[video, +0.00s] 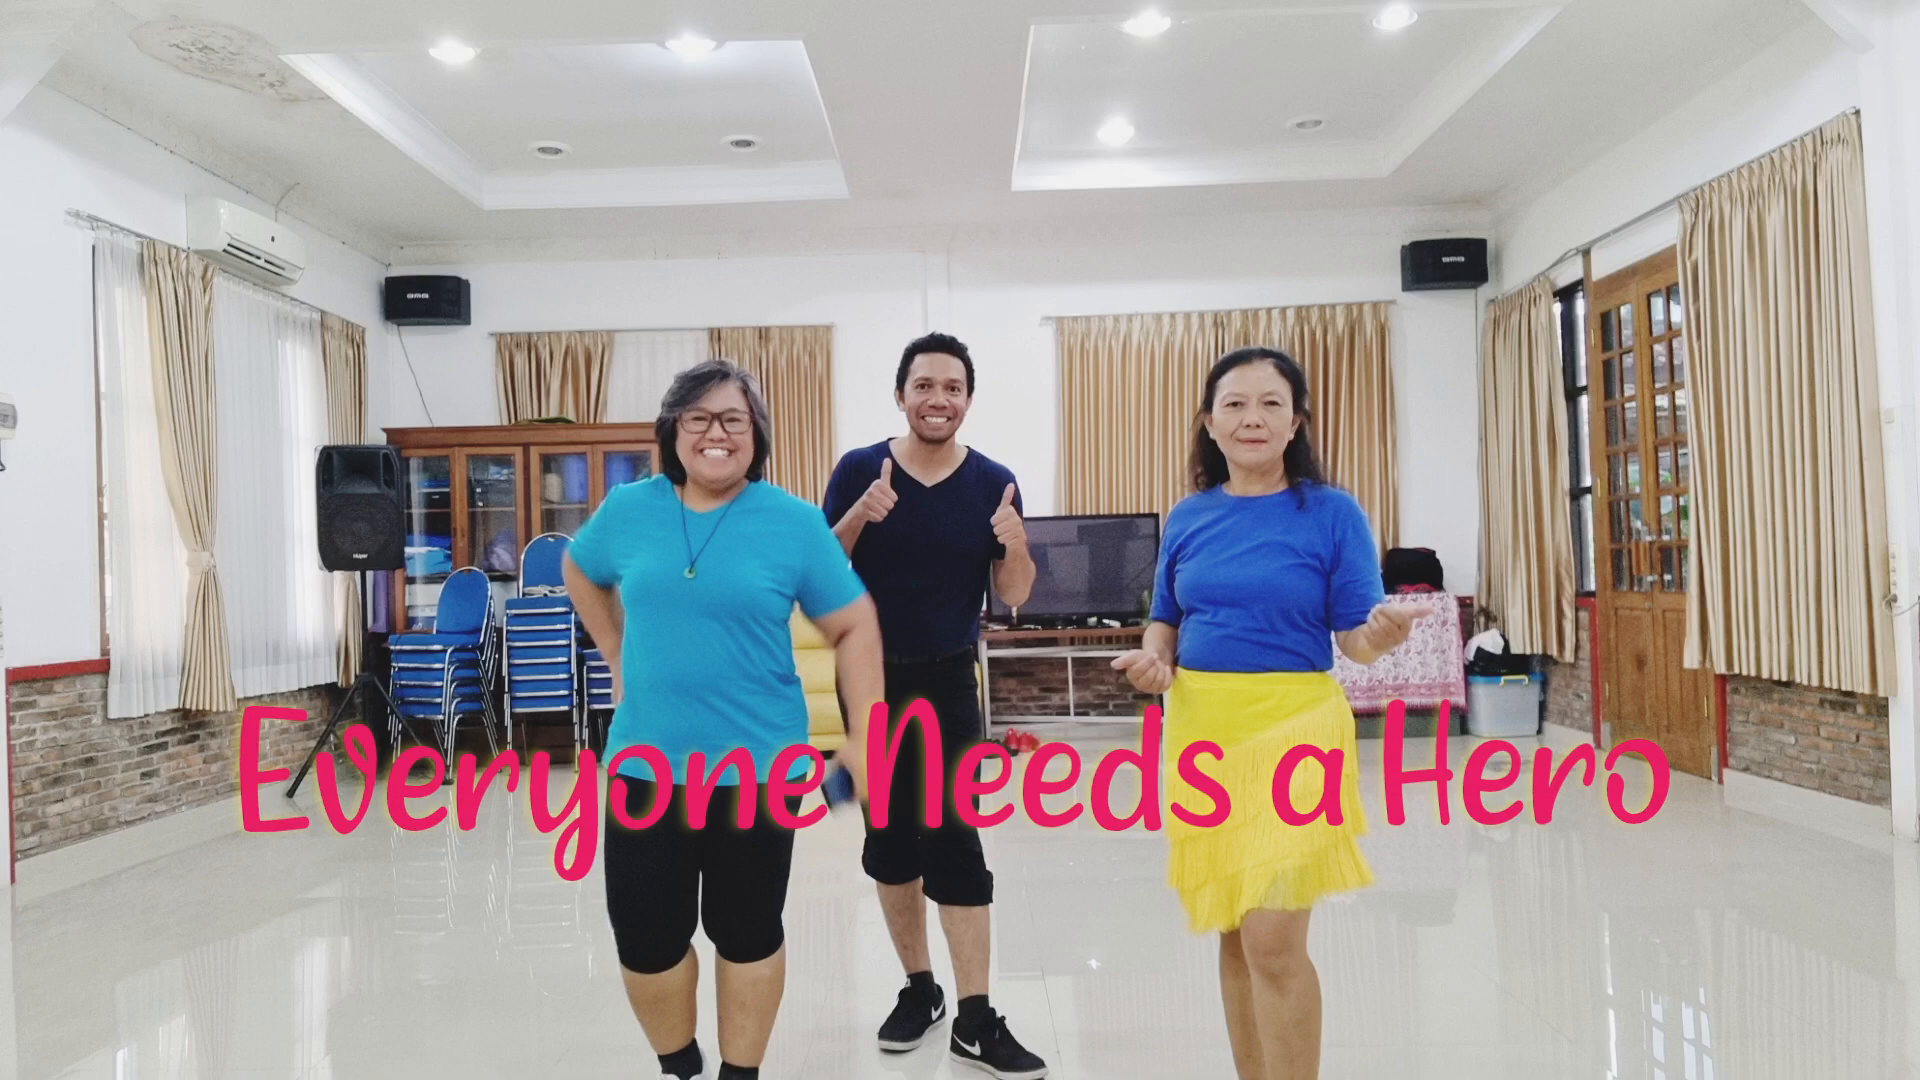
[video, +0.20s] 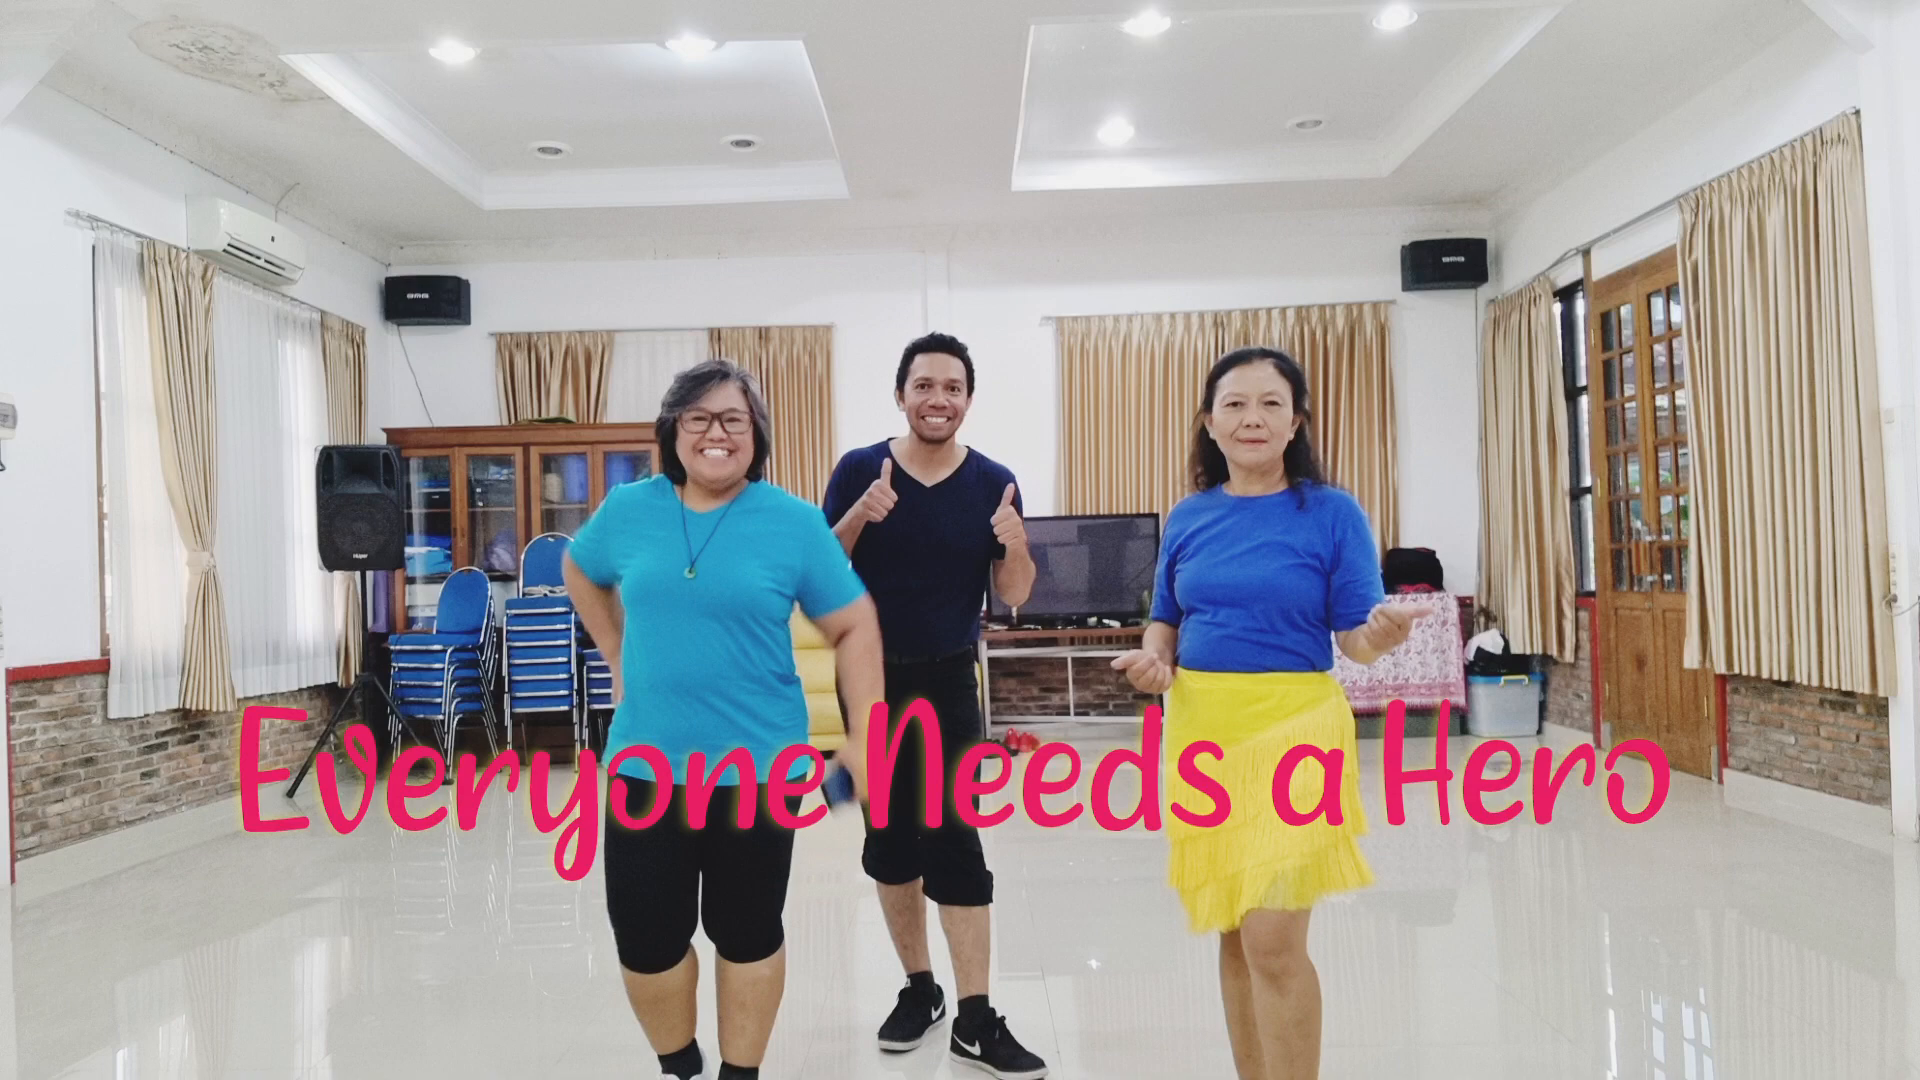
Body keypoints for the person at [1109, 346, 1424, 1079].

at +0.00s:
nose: (1252, 418)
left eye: (1270, 404)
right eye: (1234, 404)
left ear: (1295, 421)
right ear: (1210, 421)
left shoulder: (1333, 512)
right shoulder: (1186, 517)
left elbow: (1356, 643)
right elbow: (1163, 628)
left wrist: (1380, 635)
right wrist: (1151, 660)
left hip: (1297, 723)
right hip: (1204, 724)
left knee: (1272, 941)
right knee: (1237, 941)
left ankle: (1296, 1077)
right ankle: (1254, 1078)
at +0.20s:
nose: (1252, 418)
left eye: (1270, 404)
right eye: (1234, 404)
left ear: (1295, 421)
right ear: (1210, 421)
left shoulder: (1333, 512)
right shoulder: (1186, 517)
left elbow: (1356, 643)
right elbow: (1163, 628)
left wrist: (1380, 635)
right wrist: (1151, 660)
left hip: (1297, 723)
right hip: (1204, 724)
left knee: (1272, 941)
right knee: (1237, 941)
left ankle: (1296, 1077)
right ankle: (1254, 1078)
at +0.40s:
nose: (1252, 418)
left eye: (1270, 404)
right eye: (1234, 404)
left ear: (1295, 421)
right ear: (1210, 421)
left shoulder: (1333, 512)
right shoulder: (1186, 517)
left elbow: (1356, 643)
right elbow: (1163, 628)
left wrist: (1380, 635)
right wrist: (1151, 660)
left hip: (1297, 723)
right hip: (1204, 724)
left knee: (1272, 941)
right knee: (1237, 941)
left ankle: (1296, 1077)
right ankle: (1254, 1078)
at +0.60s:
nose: (1252, 418)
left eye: (1270, 404)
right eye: (1234, 404)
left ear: (1295, 421)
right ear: (1210, 421)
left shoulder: (1333, 512)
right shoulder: (1186, 517)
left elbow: (1356, 643)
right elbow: (1163, 628)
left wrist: (1380, 635)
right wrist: (1151, 660)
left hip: (1297, 723)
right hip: (1204, 724)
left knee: (1272, 941)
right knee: (1237, 941)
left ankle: (1296, 1077)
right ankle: (1254, 1078)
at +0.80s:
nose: (1252, 418)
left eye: (1270, 404)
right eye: (1234, 404)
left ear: (1295, 421)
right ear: (1210, 421)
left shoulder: (1333, 512)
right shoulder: (1186, 517)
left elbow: (1356, 643)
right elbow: (1163, 628)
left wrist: (1380, 635)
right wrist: (1151, 660)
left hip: (1297, 723)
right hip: (1204, 724)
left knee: (1272, 941)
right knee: (1237, 941)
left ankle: (1296, 1077)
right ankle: (1254, 1078)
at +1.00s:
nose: (1252, 418)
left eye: (1270, 404)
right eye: (1234, 404)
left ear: (1295, 421)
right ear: (1210, 421)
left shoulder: (1333, 512)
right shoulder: (1186, 517)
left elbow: (1356, 643)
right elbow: (1163, 628)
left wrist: (1380, 635)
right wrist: (1151, 660)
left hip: (1297, 723)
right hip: (1204, 724)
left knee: (1272, 941)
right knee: (1237, 941)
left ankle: (1296, 1077)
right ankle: (1254, 1078)